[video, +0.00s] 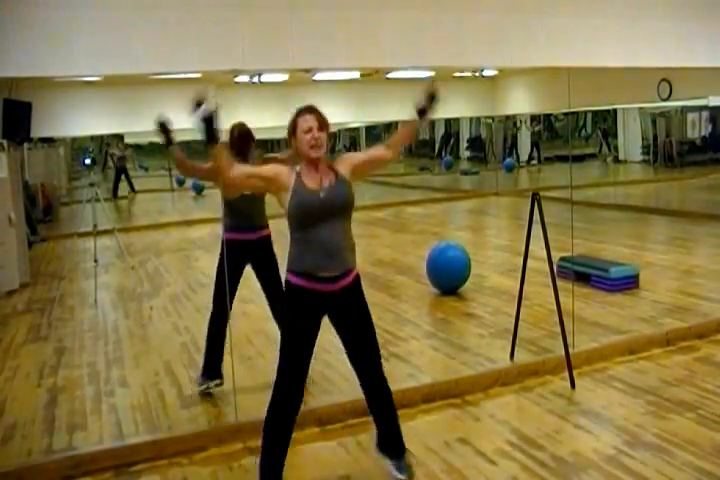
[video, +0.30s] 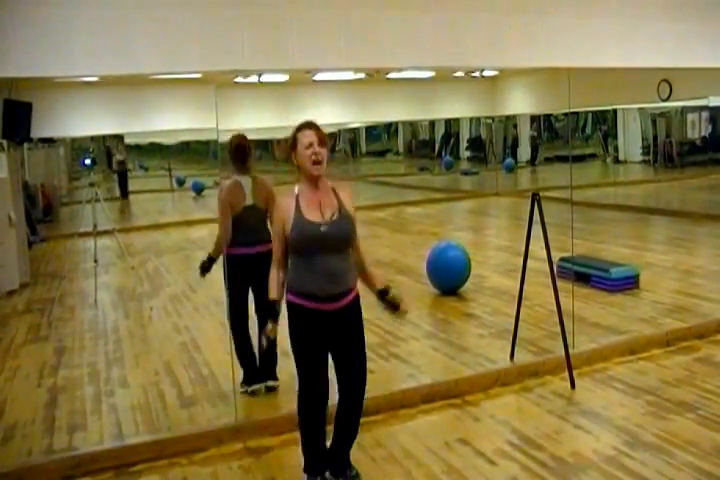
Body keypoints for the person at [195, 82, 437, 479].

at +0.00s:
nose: (315, 136)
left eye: (320, 129)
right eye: (307, 131)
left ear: (328, 136)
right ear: (294, 139)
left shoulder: (344, 168)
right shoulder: (282, 175)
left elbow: (391, 149)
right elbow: (229, 174)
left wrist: (420, 113)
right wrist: (214, 132)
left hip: (347, 287)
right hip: (303, 291)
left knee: (372, 374)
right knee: (289, 386)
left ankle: (395, 451)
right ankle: (269, 473)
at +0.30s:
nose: (317, 151)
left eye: (320, 145)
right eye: (308, 147)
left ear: (327, 151)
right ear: (294, 156)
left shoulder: (342, 193)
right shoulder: (285, 203)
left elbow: (356, 253)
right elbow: (278, 263)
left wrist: (382, 292)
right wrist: (272, 314)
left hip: (346, 306)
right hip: (305, 310)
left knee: (354, 388)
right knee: (314, 391)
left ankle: (339, 461)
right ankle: (315, 467)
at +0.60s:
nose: (314, 145)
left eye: (319, 139)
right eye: (305, 140)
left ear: (327, 145)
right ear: (293, 149)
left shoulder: (343, 178)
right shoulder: (282, 187)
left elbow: (387, 147)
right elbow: (228, 180)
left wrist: (387, 94)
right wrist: (233, 125)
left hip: (345, 297)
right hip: (301, 301)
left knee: (374, 374)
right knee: (283, 390)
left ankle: (393, 445)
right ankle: (264, 474)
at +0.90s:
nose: (314, 132)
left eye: (318, 125)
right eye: (306, 128)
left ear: (326, 131)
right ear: (293, 138)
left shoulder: (344, 167)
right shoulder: (283, 179)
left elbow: (393, 176)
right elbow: (237, 211)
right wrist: (214, 186)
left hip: (348, 282)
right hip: (305, 287)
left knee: (370, 365)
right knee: (297, 381)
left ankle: (381, 444)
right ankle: (278, 472)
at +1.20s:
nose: (320, 141)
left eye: (324, 134)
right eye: (311, 137)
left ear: (332, 140)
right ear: (299, 146)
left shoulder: (347, 183)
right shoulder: (290, 194)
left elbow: (368, 235)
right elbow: (277, 248)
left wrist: (410, 257)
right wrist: (257, 281)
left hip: (353, 298)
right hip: (311, 301)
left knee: (360, 385)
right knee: (315, 388)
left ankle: (348, 464)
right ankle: (317, 469)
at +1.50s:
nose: (326, 158)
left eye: (330, 151)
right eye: (318, 153)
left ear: (338, 157)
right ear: (306, 162)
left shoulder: (351, 188)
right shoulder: (296, 197)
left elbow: (385, 145)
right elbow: (251, 164)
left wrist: (371, 99)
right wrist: (268, 117)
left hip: (358, 311)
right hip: (314, 315)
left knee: (390, 384)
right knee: (297, 405)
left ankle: (402, 452)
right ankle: (278, 478)